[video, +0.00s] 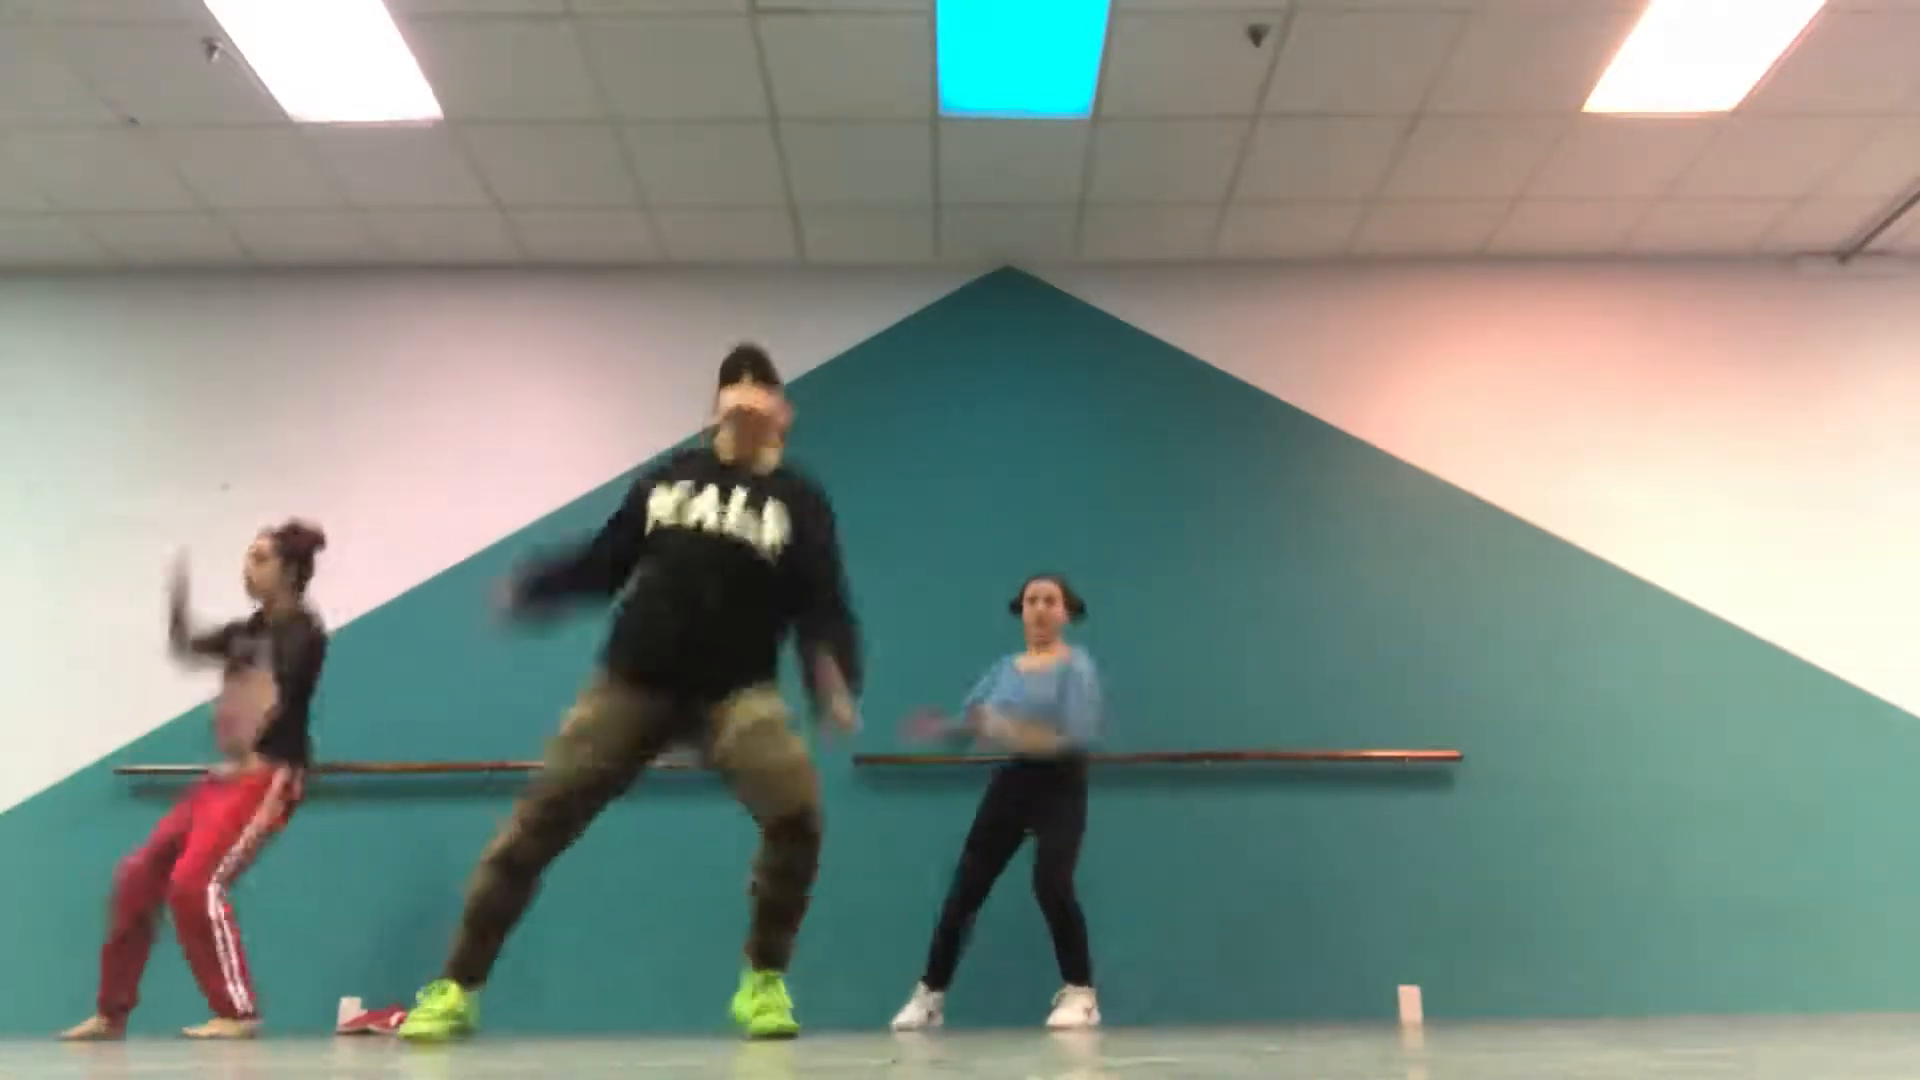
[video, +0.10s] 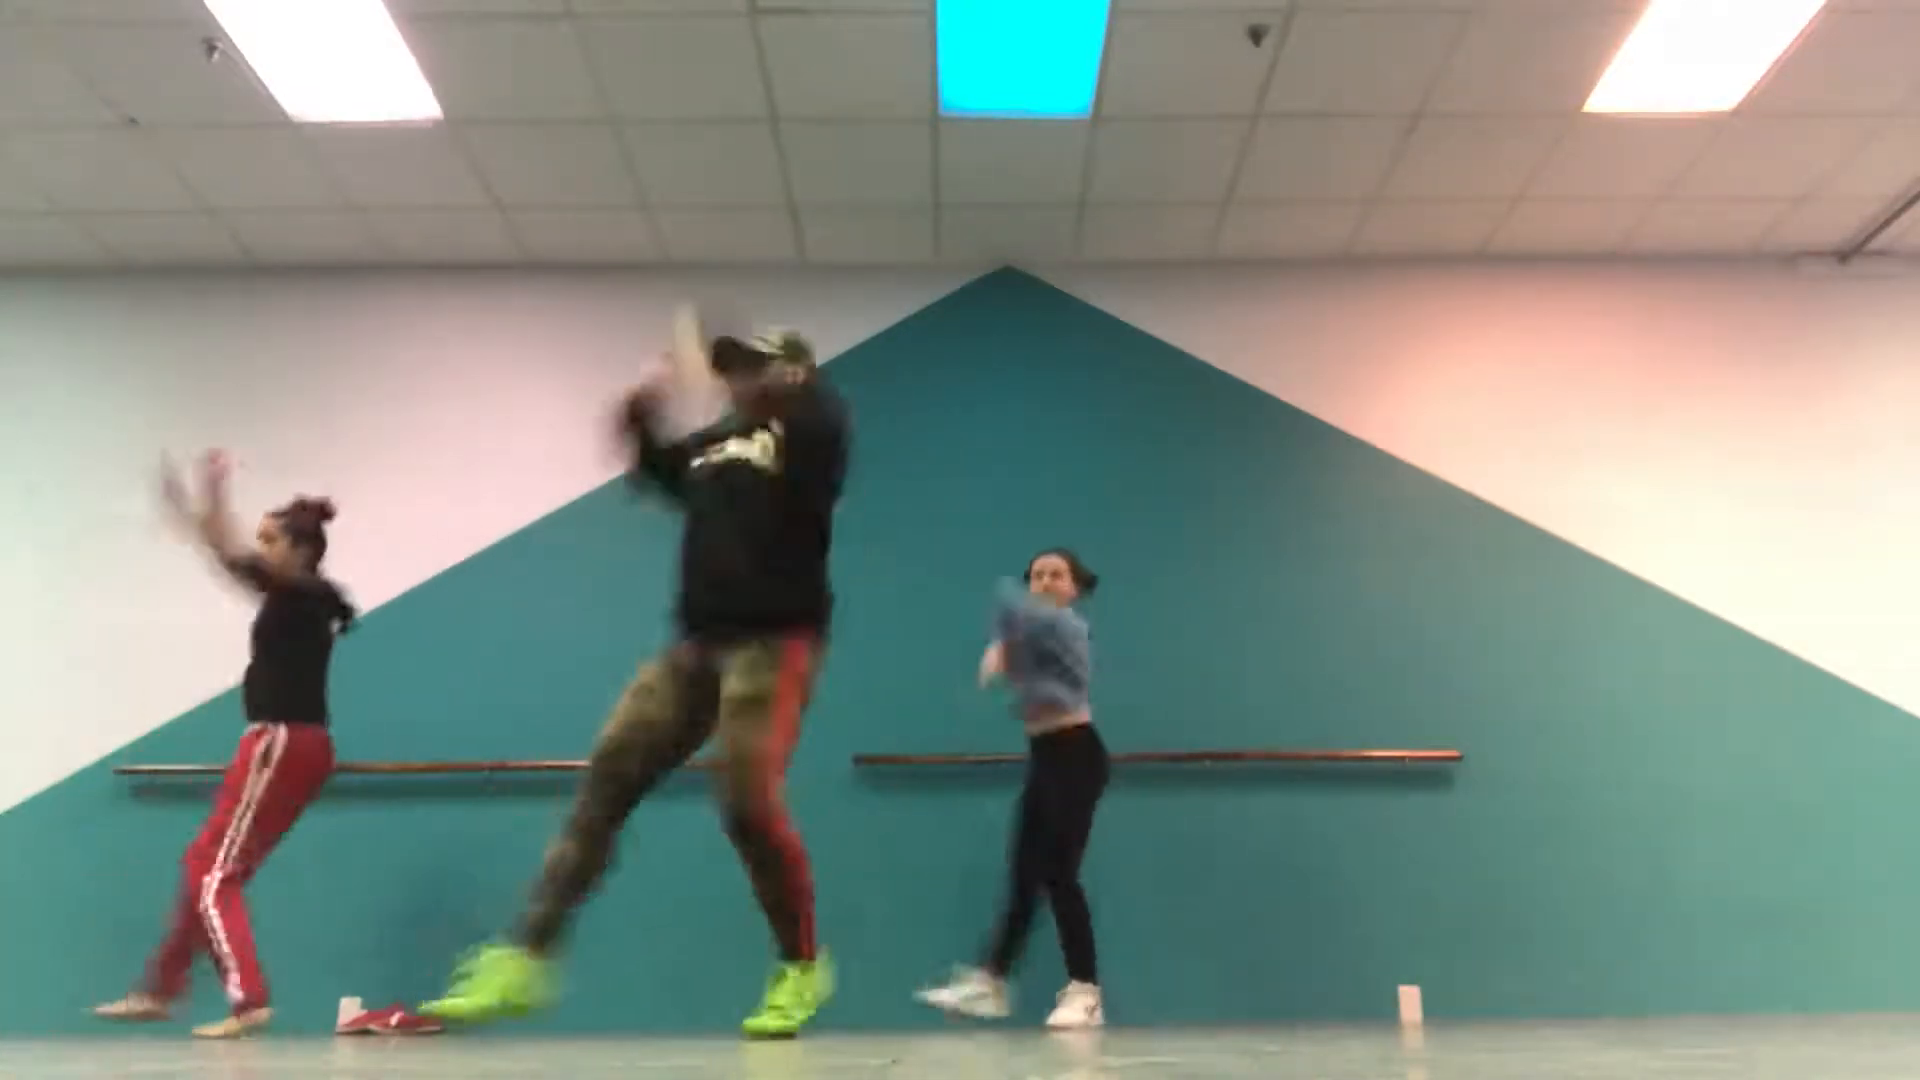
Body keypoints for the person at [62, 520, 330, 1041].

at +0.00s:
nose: (247, 568)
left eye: (259, 559)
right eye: (249, 558)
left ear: (289, 569)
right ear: (266, 569)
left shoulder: (302, 630)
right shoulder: (246, 630)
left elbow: (293, 696)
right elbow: (185, 647)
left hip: (271, 779)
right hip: (227, 776)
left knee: (196, 881)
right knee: (139, 873)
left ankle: (237, 1015)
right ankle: (111, 1016)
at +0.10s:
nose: (259, 547)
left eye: (269, 539)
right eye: (261, 539)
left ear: (297, 546)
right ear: (291, 546)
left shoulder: (305, 594)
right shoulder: (288, 594)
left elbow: (232, 551)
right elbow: (227, 557)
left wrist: (215, 491)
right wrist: (182, 509)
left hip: (285, 740)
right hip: (281, 739)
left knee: (220, 869)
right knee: (203, 861)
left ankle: (248, 1003)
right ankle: (160, 991)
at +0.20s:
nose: (269, 544)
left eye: (278, 536)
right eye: (272, 537)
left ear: (308, 544)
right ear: (323, 545)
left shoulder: (289, 581)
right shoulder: (347, 595)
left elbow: (230, 517)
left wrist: (214, 446)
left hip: (282, 741)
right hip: (330, 748)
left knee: (237, 874)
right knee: (267, 858)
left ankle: (248, 1005)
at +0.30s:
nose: (286, 543)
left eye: (291, 536)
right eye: (292, 535)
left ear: (301, 540)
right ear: (341, 544)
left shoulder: (283, 579)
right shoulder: (361, 595)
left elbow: (241, 539)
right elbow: (407, 618)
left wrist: (248, 508)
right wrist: (420, 597)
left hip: (283, 740)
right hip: (348, 746)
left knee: (244, 880)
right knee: (339, 859)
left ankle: (247, 1011)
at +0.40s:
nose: (349, 540)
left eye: (336, 529)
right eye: (362, 532)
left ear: (321, 532)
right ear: (369, 536)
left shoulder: (288, 583)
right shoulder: (380, 595)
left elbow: (271, 609)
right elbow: (426, 661)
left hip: (291, 739)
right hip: (364, 740)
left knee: (263, 875)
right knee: (399, 856)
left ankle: (242, 1006)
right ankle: (422, 957)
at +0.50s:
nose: (393, 566)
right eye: (393, 559)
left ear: (345, 557)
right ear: (392, 563)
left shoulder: (318, 612)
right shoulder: (390, 622)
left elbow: (318, 686)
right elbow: (415, 712)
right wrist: (440, 776)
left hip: (314, 756)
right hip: (381, 757)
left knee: (280, 887)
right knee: (429, 885)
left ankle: (221, 1002)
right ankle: (446, 1001)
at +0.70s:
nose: (381, 581)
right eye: (388, 574)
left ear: (344, 577)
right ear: (393, 579)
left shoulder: (319, 638)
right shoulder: (398, 635)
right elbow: (467, 682)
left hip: (327, 786)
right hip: (400, 784)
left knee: (285, 907)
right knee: (453, 899)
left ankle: (221, 1007)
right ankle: (446, 1008)